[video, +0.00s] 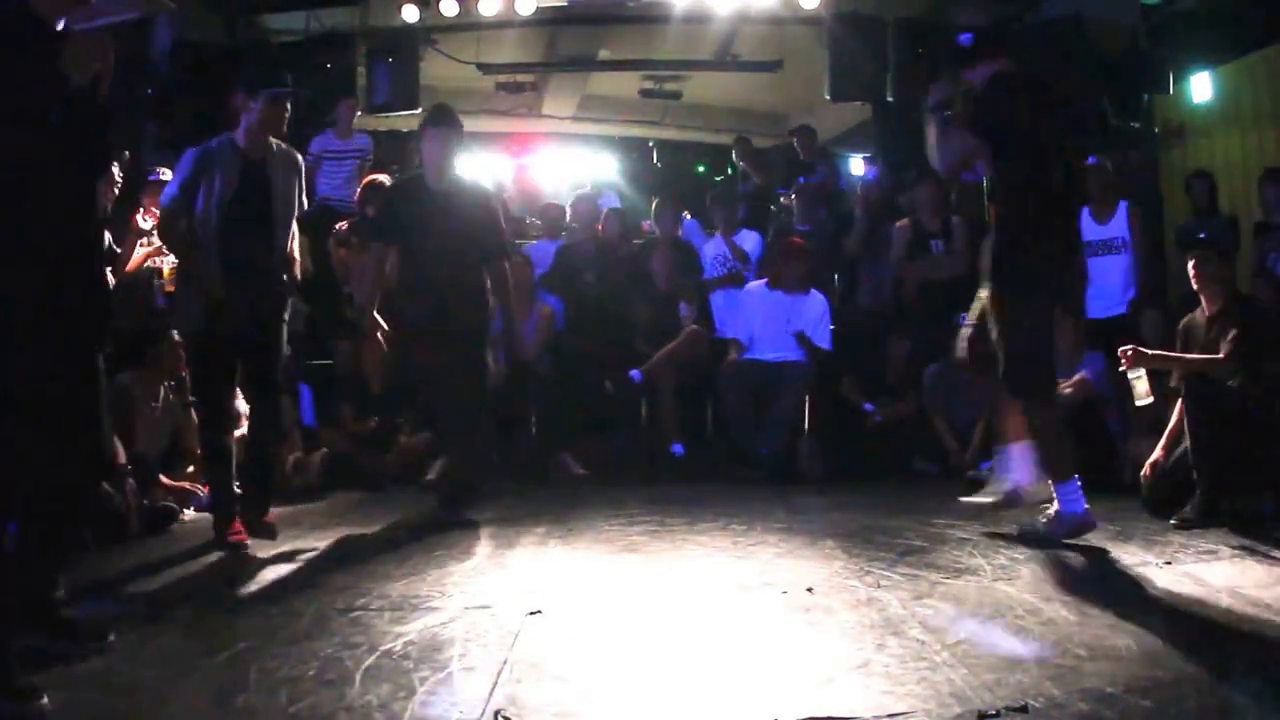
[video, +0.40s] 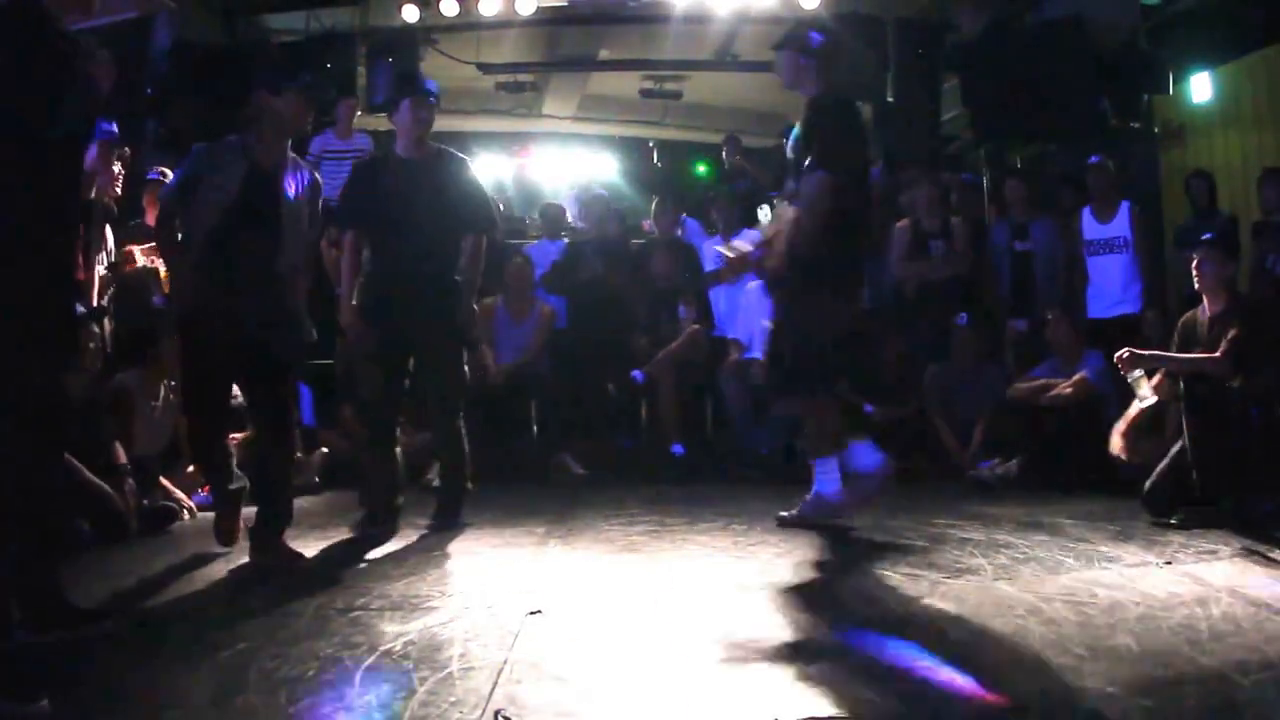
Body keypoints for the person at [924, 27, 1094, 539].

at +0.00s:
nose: (964, 76)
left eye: (967, 66)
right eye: (964, 67)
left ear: (982, 61)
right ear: (1011, 55)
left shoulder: (1000, 98)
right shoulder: (1047, 96)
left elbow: (947, 160)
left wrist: (935, 108)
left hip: (1021, 262)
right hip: (1043, 257)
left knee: (1030, 380)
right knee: (993, 360)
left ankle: (1070, 502)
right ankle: (1017, 473)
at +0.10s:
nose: (923, 94)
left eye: (928, 83)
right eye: (923, 84)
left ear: (946, 77)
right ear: (962, 77)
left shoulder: (956, 118)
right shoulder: (994, 120)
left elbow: (904, 184)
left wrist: (877, 179)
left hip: (976, 278)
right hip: (995, 274)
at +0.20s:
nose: (875, 105)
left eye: (882, 96)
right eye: (876, 96)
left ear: (907, 98)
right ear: (918, 100)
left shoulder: (904, 141)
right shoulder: (945, 144)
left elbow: (868, 216)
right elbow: (927, 252)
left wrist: (819, 265)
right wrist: (869, 290)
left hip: (926, 294)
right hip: (957, 293)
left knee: (872, 393)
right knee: (979, 402)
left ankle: (840, 499)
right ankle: (1060, 498)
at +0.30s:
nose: (819, 95)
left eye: (824, 85)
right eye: (819, 86)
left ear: (847, 85)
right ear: (856, 87)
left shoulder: (853, 133)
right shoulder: (887, 132)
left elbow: (842, 217)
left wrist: (819, 277)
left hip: (857, 282)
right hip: (886, 282)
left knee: (831, 385)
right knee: (878, 403)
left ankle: (834, 498)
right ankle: (980, 462)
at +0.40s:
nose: (779, 75)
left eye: (784, 65)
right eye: (779, 66)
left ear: (807, 61)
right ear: (808, 63)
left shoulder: (828, 115)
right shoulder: (823, 114)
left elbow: (812, 200)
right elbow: (797, 202)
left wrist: (767, 254)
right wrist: (758, 248)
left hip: (824, 271)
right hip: (825, 267)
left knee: (806, 374)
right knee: (811, 372)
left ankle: (827, 489)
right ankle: (862, 457)